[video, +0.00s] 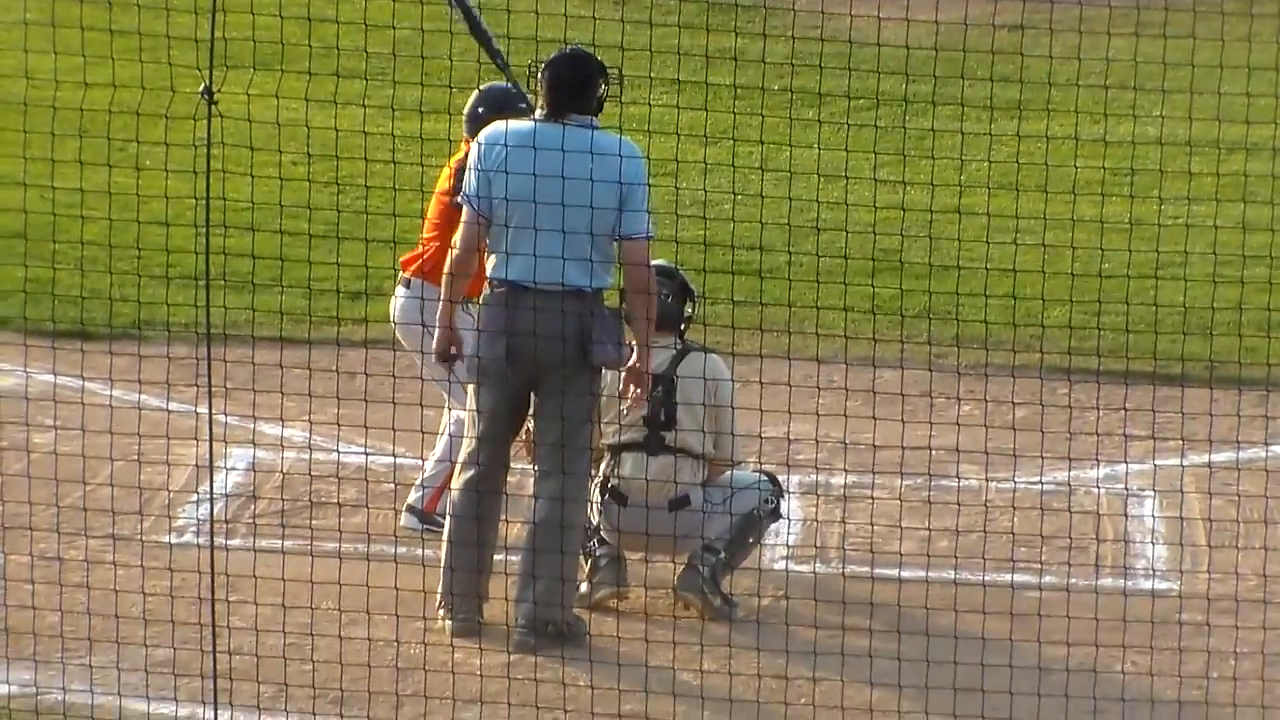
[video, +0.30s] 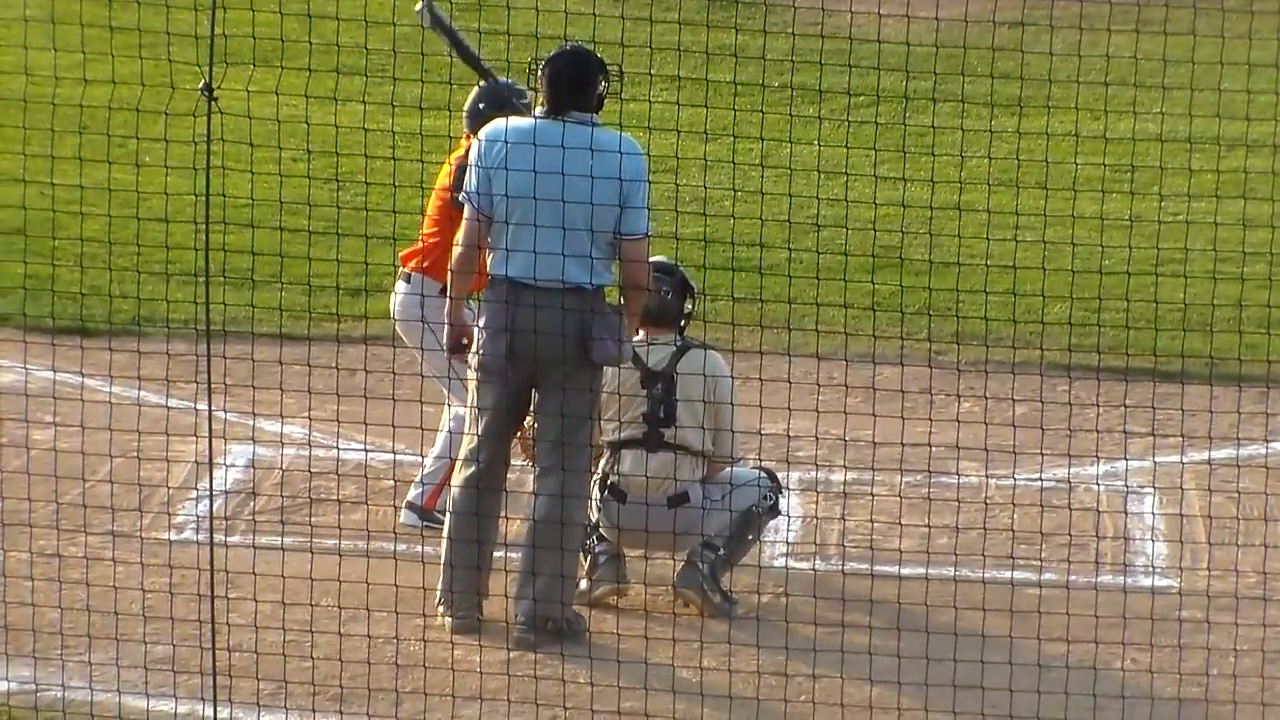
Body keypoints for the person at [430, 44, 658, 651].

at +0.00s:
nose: (601, 102)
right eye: (601, 93)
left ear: (543, 93)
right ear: (598, 98)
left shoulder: (496, 141)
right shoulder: (624, 156)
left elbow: (467, 243)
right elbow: (637, 263)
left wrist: (446, 318)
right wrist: (642, 350)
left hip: (503, 316)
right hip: (578, 322)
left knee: (481, 459)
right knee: (564, 468)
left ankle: (461, 604)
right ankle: (544, 615)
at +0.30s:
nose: (603, 98)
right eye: (602, 90)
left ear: (543, 90)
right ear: (598, 94)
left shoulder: (497, 138)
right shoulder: (625, 153)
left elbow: (470, 243)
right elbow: (634, 263)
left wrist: (456, 308)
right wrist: (631, 328)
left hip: (506, 311)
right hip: (579, 317)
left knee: (481, 456)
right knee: (564, 465)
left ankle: (460, 601)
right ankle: (543, 612)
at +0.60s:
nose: (602, 97)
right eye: (601, 89)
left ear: (542, 88)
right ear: (597, 92)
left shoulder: (494, 137)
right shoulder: (624, 151)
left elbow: (468, 239)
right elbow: (635, 258)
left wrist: (451, 311)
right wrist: (639, 340)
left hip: (504, 309)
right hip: (578, 316)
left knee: (481, 455)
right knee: (564, 465)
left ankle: (459, 598)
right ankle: (543, 610)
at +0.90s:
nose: (598, 96)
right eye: (600, 88)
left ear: (541, 87)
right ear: (596, 91)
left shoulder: (494, 134)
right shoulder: (623, 148)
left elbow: (467, 238)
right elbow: (635, 257)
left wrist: (450, 313)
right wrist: (641, 342)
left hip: (504, 308)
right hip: (579, 315)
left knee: (481, 453)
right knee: (564, 462)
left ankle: (459, 596)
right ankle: (543, 608)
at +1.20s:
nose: (595, 96)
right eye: (598, 88)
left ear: (539, 86)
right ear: (595, 91)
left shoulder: (494, 134)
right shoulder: (623, 148)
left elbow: (467, 240)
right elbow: (635, 256)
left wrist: (461, 310)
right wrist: (638, 337)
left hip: (506, 309)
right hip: (579, 315)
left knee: (481, 452)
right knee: (564, 462)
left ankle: (459, 596)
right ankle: (544, 607)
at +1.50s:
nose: (594, 96)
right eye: (598, 88)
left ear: (539, 87)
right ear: (595, 91)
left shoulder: (493, 135)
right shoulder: (623, 147)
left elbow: (462, 240)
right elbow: (634, 252)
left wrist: (462, 307)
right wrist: (637, 331)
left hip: (506, 309)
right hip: (581, 315)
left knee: (479, 447)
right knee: (565, 460)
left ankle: (459, 594)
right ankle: (544, 606)